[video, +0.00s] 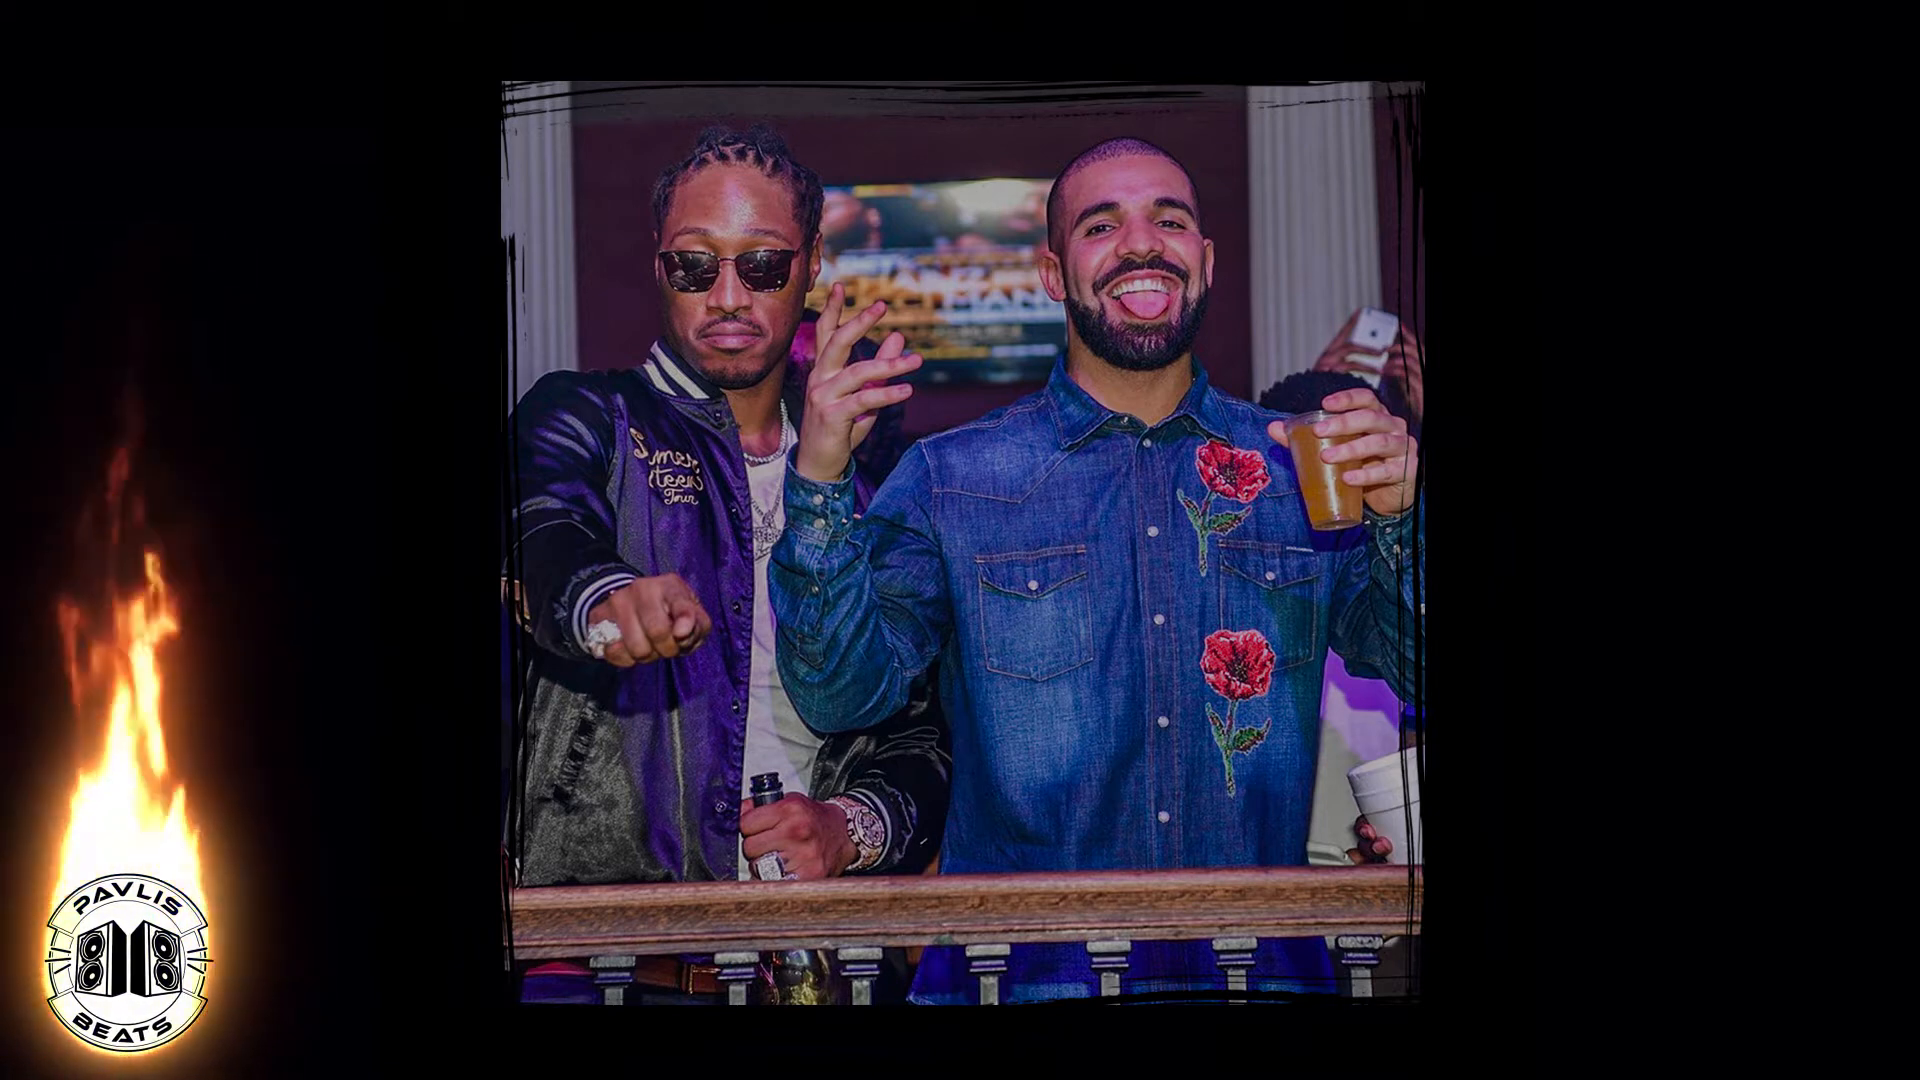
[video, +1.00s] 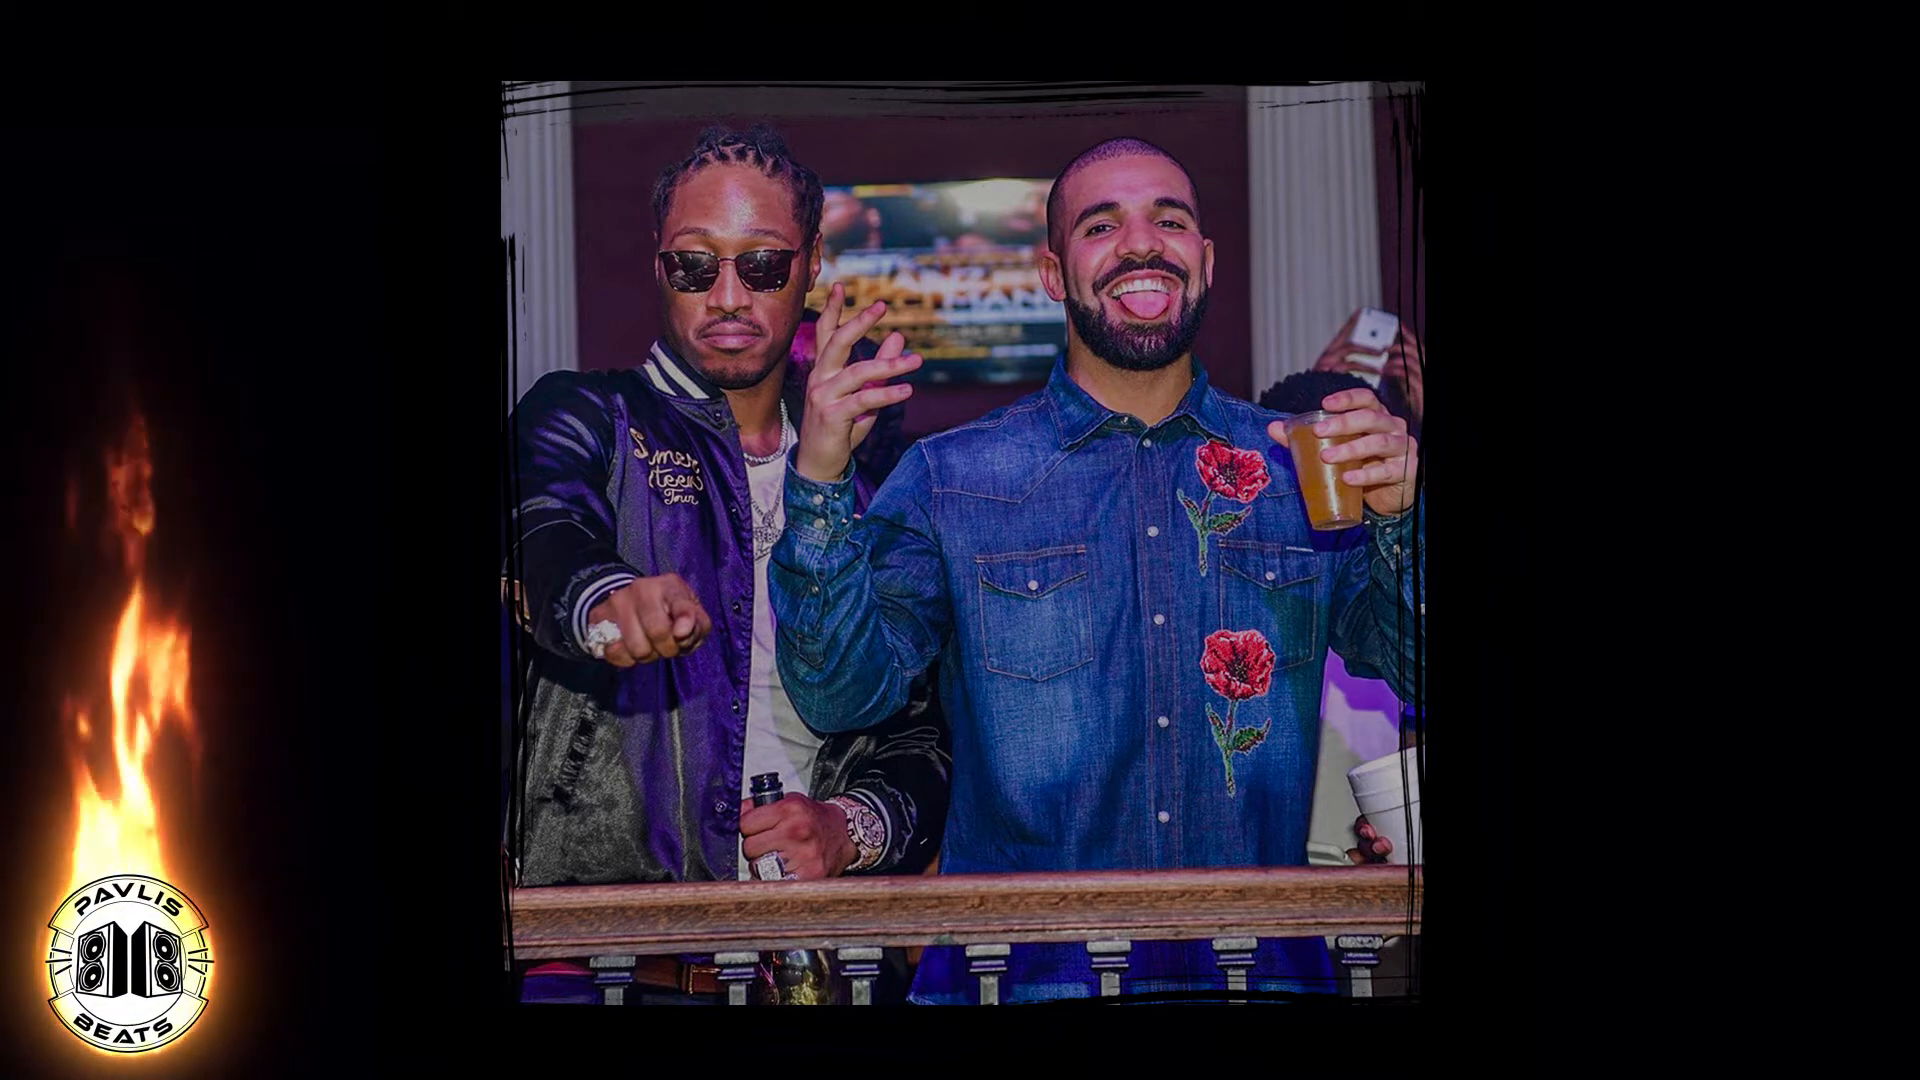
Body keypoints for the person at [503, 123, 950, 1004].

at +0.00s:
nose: (729, 296)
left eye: (764, 266)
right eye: (694, 266)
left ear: (811, 274)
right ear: (658, 272)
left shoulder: (878, 460)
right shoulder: (581, 412)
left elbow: (926, 725)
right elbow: (540, 525)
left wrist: (857, 826)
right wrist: (602, 595)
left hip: (827, 943)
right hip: (605, 943)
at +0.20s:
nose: (729, 296)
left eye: (764, 266)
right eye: (694, 266)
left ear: (811, 274)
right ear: (658, 272)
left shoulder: (878, 460)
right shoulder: (581, 412)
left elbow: (926, 725)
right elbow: (540, 525)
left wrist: (857, 826)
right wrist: (602, 595)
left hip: (827, 943)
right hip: (605, 943)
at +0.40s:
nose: (729, 296)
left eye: (764, 266)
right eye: (694, 266)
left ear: (811, 274)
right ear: (658, 272)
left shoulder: (878, 459)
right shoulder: (581, 412)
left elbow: (926, 724)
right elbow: (540, 526)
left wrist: (855, 825)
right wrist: (601, 595)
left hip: (827, 942)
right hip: (606, 942)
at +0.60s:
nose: (729, 296)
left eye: (764, 266)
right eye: (694, 266)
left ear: (811, 274)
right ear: (658, 272)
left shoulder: (878, 459)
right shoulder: (581, 412)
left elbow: (926, 724)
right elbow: (540, 526)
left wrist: (855, 825)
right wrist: (601, 595)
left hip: (827, 942)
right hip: (606, 942)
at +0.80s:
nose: (729, 296)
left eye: (764, 266)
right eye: (694, 266)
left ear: (811, 274)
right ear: (658, 272)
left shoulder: (878, 459)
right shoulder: (581, 412)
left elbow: (926, 724)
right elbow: (540, 526)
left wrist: (855, 825)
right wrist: (601, 595)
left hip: (827, 942)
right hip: (605, 942)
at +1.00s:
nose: (729, 296)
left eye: (763, 266)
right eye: (694, 266)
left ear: (811, 274)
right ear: (658, 272)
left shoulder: (878, 460)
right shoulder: (581, 411)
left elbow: (927, 725)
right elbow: (540, 525)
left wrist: (857, 826)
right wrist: (602, 595)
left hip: (828, 944)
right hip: (605, 943)